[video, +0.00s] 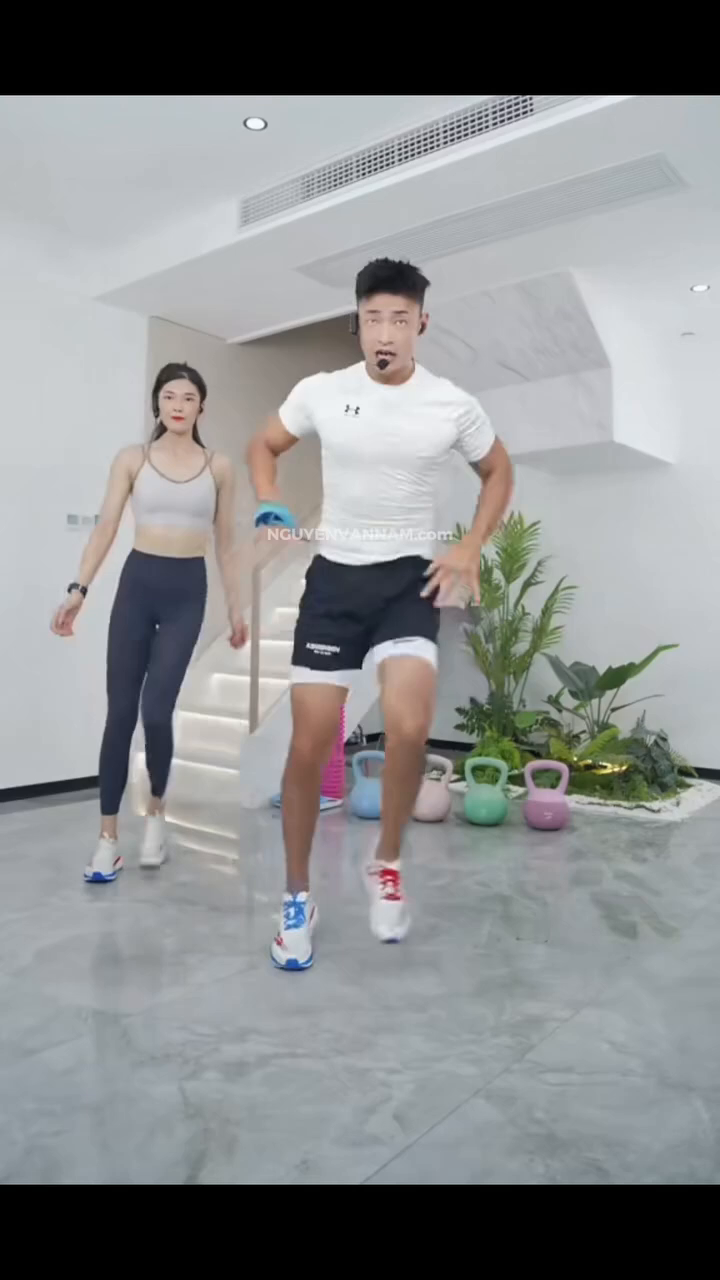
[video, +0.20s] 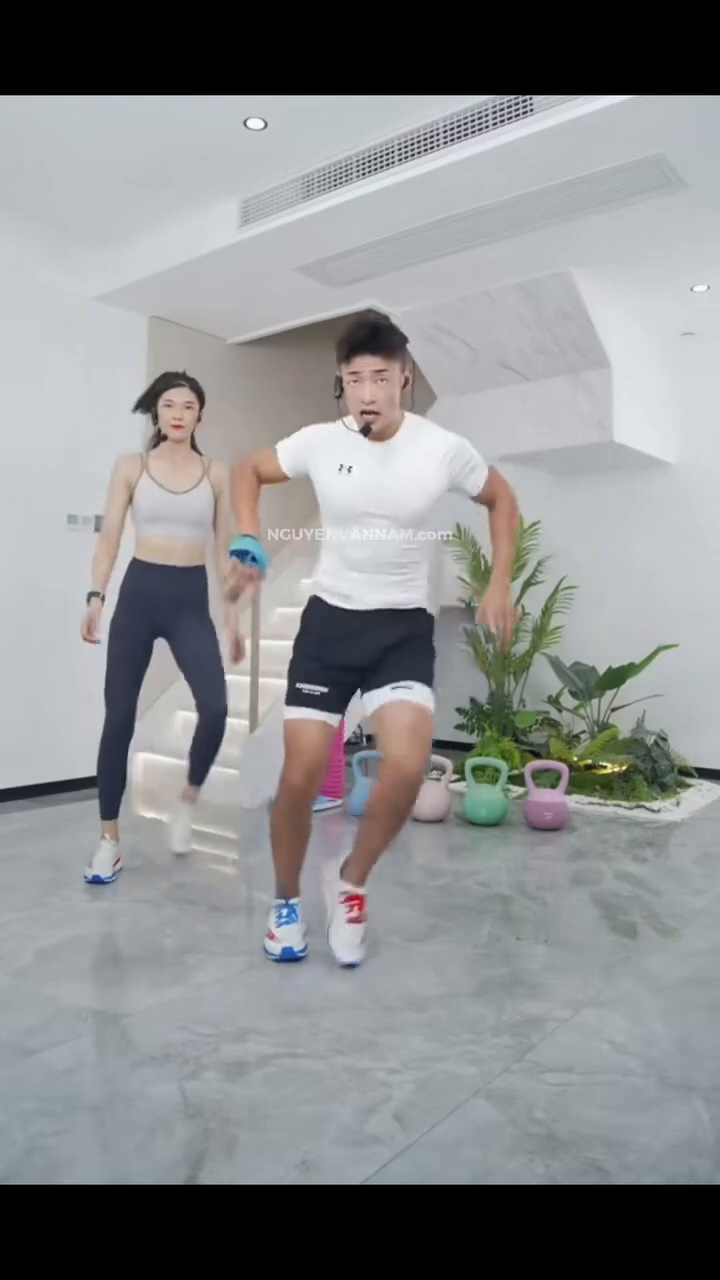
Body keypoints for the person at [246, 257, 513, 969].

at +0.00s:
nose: (385, 332)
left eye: (399, 319)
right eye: (373, 319)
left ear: (421, 326)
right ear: (357, 325)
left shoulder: (454, 406)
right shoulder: (321, 393)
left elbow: (499, 473)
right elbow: (263, 448)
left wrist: (472, 547)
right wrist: (270, 508)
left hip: (411, 582)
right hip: (334, 580)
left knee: (411, 728)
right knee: (309, 746)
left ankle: (387, 863)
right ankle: (296, 894)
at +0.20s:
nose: (367, 392)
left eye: (380, 377)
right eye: (355, 378)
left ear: (406, 379)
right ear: (342, 385)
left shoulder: (444, 450)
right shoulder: (319, 443)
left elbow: (503, 499)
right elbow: (248, 470)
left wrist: (501, 584)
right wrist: (249, 540)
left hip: (404, 630)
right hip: (328, 626)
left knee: (407, 767)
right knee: (300, 776)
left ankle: (352, 884)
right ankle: (285, 903)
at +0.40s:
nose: (410, 346)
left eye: (423, 333)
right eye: (397, 335)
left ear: (444, 343)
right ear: (383, 349)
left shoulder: (474, 425)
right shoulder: (355, 426)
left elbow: (506, 508)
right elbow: (330, 511)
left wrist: (514, 570)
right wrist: (327, 551)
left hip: (453, 602)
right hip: (373, 606)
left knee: (521, 743)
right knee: (333, 764)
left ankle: (524, 874)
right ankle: (296, 902)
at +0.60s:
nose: (470, 377)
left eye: (482, 363)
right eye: (457, 366)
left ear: (504, 370)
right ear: (441, 379)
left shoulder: (541, 445)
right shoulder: (419, 452)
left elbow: (573, 523)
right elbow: (403, 533)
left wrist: (582, 576)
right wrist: (399, 586)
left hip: (529, 620)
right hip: (447, 623)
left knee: (573, 758)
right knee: (381, 747)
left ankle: (583, 900)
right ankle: (319, 890)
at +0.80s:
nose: (514, 383)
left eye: (526, 370)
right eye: (501, 370)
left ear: (542, 372)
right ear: (480, 374)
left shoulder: (569, 440)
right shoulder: (446, 446)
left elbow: (604, 519)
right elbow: (433, 534)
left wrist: (620, 581)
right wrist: (441, 598)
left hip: (549, 602)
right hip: (473, 605)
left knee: (575, 750)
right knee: (480, 726)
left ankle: (588, 896)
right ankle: (483, 873)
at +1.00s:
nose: (532, 393)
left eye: (545, 384)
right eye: (521, 380)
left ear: (558, 398)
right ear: (499, 388)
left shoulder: (574, 470)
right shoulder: (456, 462)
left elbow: (600, 546)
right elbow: (441, 538)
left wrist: (611, 604)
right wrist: (454, 595)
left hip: (554, 629)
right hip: (481, 630)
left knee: (586, 782)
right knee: (458, 763)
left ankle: (586, 902)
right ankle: (508, 875)